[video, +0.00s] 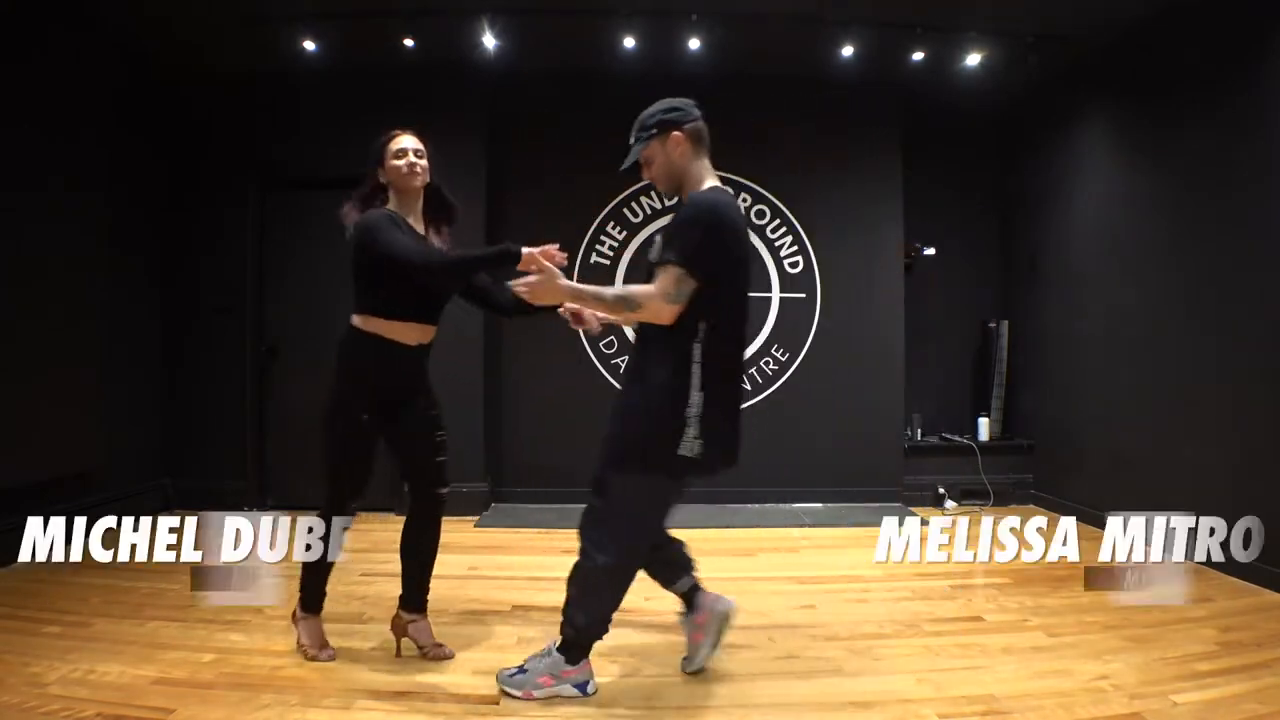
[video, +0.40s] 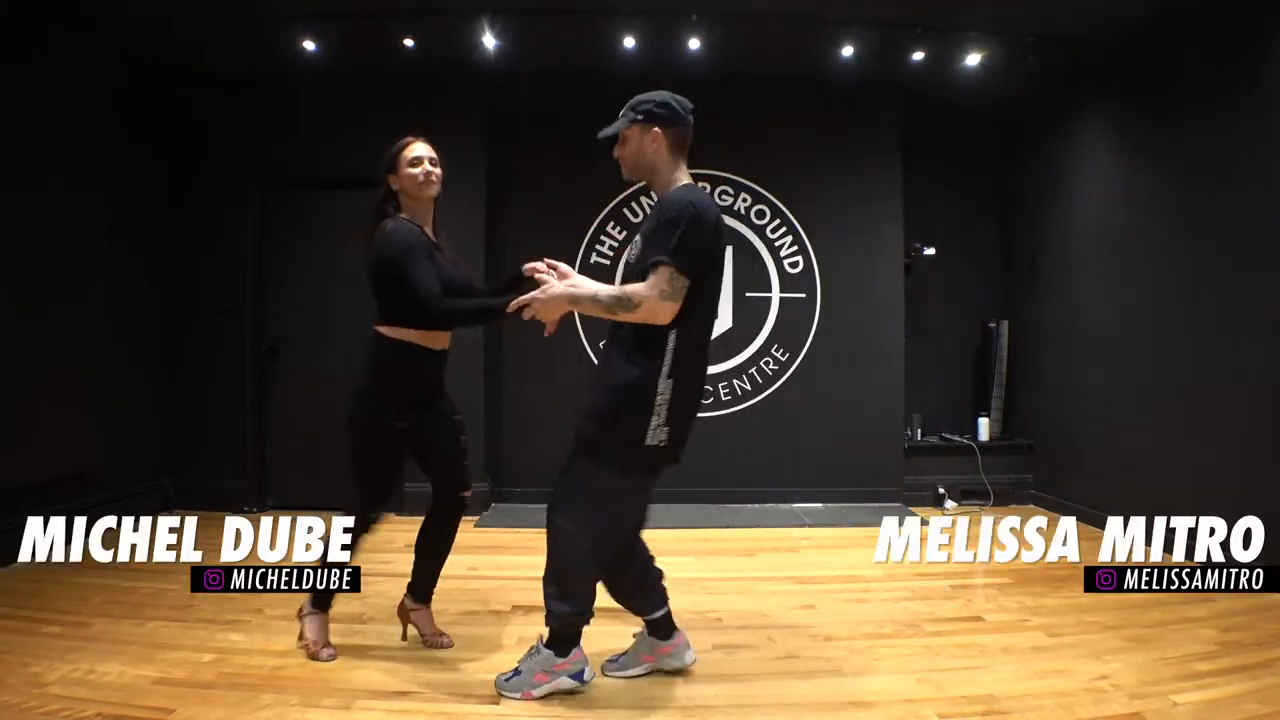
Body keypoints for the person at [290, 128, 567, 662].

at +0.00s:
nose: (412, 161)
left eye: (419, 155)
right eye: (400, 155)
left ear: (430, 172)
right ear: (381, 173)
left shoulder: (438, 242)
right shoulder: (372, 225)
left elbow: (497, 298)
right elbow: (433, 269)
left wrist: (558, 300)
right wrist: (517, 255)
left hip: (411, 372)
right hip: (362, 367)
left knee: (430, 492)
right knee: (343, 491)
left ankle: (412, 612)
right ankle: (309, 612)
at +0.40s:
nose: (429, 169)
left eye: (434, 162)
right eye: (415, 163)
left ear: (442, 178)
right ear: (393, 181)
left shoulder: (430, 240)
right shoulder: (396, 236)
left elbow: (466, 290)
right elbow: (435, 307)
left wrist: (520, 276)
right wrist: (517, 304)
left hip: (426, 379)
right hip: (384, 377)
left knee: (452, 492)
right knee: (372, 497)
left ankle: (417, 601)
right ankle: (315, 607)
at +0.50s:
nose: (448, 162)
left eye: (453, 155)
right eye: (435, 156)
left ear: (460, 169)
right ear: (413, 174)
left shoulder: (447, 233)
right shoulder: (418, 226)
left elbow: (491, 306)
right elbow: (454, 284)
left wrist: (531, 286)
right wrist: (530, 272)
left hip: (441, 368)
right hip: (414, 367)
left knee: (451, 486)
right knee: (446, 484)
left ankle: (418, 598)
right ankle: (394, 595)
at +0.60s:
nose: (463, 161)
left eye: (468, 154)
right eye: (450, 154)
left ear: (476, 167)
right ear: (428, 171)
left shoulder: (469, 230)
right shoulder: (432, 221)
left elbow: (489, 310)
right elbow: (473, 256)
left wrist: (536, 299)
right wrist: (550, 228)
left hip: (451, 365)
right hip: (431, 364)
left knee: (428, 486)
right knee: (492, 476)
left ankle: (416, 599)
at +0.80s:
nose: (499, 159)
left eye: (504, 152)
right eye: (486, 152)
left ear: (511, 165)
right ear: (462, 168)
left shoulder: (506, 226)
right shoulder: (472, 221)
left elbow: (532, 313)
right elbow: (528, 244)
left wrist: (593, 346)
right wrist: (592, 205)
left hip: (494, 368)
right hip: (481, 369)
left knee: (488, 486)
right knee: (529, 490)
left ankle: (433, 593)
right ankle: (534, 620)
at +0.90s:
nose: (513, 158)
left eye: (518, 152)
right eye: (500, 152)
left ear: (524, 167)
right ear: (475, 169)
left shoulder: (518, 230)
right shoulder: (489, 223)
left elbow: (551, 312)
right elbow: (549, 270)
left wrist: (619, 337)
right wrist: (618, 255)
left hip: (512, 368)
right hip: (489, 367)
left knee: (536, 491)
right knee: (522, 494)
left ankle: (467, 582)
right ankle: (531, 622)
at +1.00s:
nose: (532, 159)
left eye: (536, 152)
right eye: (518, 153)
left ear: (542, 166)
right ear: (494, 172)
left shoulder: (535, 229)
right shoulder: (510, 233)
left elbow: (572, 292)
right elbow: (572, 313)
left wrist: (630, 282)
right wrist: (645, 326)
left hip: (532, 374)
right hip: (502, 374)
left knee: (582, 488)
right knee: (519, 499)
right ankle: (529, 624)